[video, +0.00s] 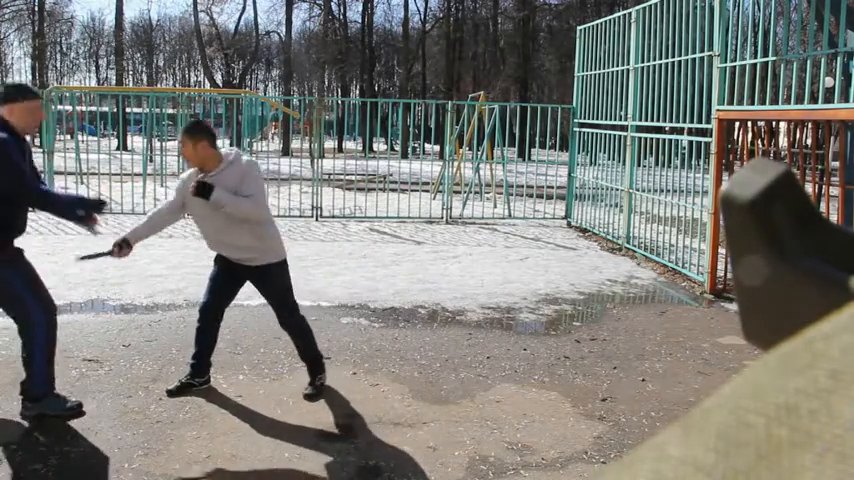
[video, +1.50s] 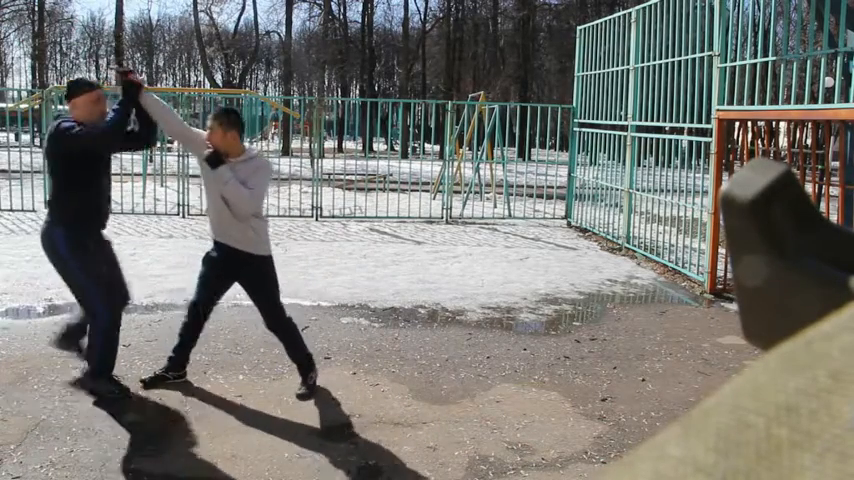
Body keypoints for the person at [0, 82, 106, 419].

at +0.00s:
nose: (41, 116)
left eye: (41, 108)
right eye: (36, 108)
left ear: (13, 109)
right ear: (12, 109)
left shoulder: (16, 143)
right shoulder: (7, 144)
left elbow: (34, 192)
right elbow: (30, 194)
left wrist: (78, 207)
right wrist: (78, 208)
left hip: (8, 250)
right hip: (4, 253)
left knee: (40, 313)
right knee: (38, 315)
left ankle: (39, 394)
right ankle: (39, 397)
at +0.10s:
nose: (35, 102)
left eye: (35, 95)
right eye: (29, 95)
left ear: (13, 97)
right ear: (8, 96)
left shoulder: (11, 129)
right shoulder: (5, 131)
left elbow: (16, 180)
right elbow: (14, 182)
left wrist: (53, 182)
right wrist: (55, 182)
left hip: (10, 238)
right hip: (5, 240)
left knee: (36, 306)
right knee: (37, 306)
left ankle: (39, 388)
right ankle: (41, 391)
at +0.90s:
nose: (33, 110)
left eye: (32, 104)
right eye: (27, 104)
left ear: (13, 109)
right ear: (7, 109)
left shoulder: (19, 142)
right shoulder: (7, 146)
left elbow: (36, 182)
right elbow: (30, 189)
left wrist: (73, 165)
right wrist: (73, 165)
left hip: (16, 247)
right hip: (9, 248)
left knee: (6, 310)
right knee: (63, 298)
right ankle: (56, 378)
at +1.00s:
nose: (40, 122)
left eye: (38, 115)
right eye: (34, 116)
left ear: (11, 122)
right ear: (10, 122)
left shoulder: (16, 150)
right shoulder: (17, 153)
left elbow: (73, 154)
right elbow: (74, 154)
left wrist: (108, 119)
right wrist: (109, 117)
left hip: (12, 255)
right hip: (16, 256)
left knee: (16, 312)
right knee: (78, 301)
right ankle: (86, 383)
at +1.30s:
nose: (81, 115)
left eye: (80, 110)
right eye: (75, 110)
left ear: (52, 115)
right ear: (53, 115)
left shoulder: (45, 140)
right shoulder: (47, 142)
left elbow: (110, 136)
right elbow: (101, 133)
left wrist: (119, 91)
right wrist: (115, 86)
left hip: (41, 248)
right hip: (46, 251)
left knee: (39, 309)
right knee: (98, 304)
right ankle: (100, 378)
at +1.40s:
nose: (93, 111)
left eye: (93, 106)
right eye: (86, 107)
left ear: (73, 110)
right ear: (64, 111)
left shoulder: (79, 134)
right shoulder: (53, 137)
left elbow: (130, 137)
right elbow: (103, 128)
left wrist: (130, 95)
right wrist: (120, 90)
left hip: (69, 241)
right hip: (53, 242)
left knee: (79, 304)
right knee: (104, 303)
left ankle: (8, 335)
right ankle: (99, 378)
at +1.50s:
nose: (104, 106)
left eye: (103, 100)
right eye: (96, 101)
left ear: (100, 103)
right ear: (75, 105)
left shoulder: (100, 131)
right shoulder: (63, 133)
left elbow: (143, 139)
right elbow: (108, 136)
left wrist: (140, 101)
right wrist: (128, 97)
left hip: (90, 235)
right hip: (64, 236)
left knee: (117, 296)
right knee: (101, 305)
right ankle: (98, 376)